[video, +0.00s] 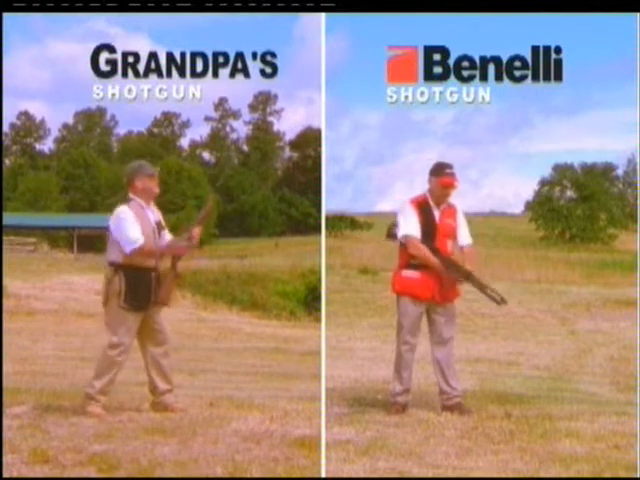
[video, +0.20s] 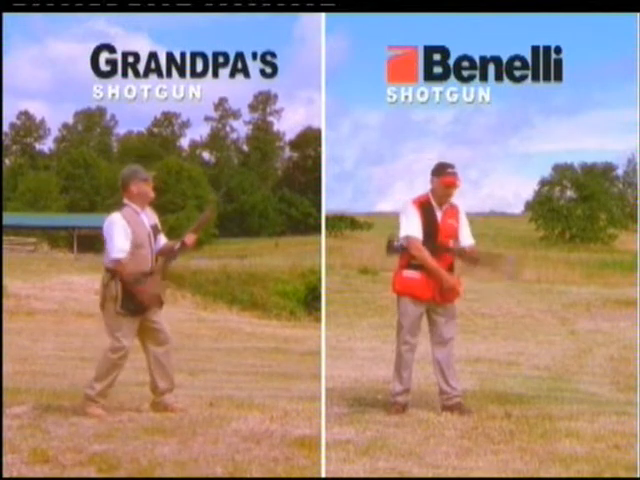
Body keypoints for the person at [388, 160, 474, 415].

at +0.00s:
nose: (447, 192)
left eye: (451, 187)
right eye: (443, 187)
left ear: (454, 187)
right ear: (430, 183)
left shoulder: (454, 211)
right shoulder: (411, 208)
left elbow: (466, 247)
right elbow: (412, 245)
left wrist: (463, 273)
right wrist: (442, 269)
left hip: (443, 283)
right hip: (413, 282)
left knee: (444, 342)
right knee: (407, 342)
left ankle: (451, 397)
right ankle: (400, 397)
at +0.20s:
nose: (450, 191)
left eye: (453, 187)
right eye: (445, 186)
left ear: (456, 187)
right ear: (433, 183)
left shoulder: (457, 212)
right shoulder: (414, 208)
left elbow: (471, 253)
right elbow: (413, 246)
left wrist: (456, 248)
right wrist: (444, 277)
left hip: (443, 282)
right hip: (413, 280)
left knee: (445, 342)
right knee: (407, 341)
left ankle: (450, 397)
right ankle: (400, 396)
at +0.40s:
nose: (448, 188)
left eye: (451, 183)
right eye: (443, 182)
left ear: (453, 184)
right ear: (430, 182)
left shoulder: (455, 210)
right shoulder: (412, 208)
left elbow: (462, 254)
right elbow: (414, 248)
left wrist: (461, 247)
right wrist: (445, 278)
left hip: (443, 280)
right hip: (414, 279)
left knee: (445, 340)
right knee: (407, 340)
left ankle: (450, 396)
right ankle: (400, 395)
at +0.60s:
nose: (443, 184)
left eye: (445, 178)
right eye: (438, 178)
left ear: (446, 181)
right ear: (424, 181)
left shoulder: (451, 210)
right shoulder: (408, 210)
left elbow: (458, 254)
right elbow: (407, 247)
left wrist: (460, 244)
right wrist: (436, 274)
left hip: (442, 280)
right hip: (413, 281)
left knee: (445, 341)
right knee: (407, 342)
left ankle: (451, 397)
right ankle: (400, 395)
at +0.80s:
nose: (435, 182)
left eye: (437, 177)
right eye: (430, 177)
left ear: (440, 179)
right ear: (417, 180)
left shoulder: (448, 210)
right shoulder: (402, 210)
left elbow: (459, 252)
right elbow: (395, 244)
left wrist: (464, 238)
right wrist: (419, 260)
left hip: (441, 281)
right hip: (411, 282)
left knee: (445, 341)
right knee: (406, 342)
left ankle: (451, 397)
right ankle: (400, 395)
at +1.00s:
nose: (427, 181)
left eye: (429, 176)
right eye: (422, 177)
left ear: (433, 178)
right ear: (410, 181)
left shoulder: (443, 209)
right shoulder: (396, 211)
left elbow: (462, 247)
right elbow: (383, 248)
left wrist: (470, 228)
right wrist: (405, 246)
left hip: (440, 280)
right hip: (409, 281)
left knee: (444, 341)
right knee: (406, 342)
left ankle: (451, 397)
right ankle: (400, 395)